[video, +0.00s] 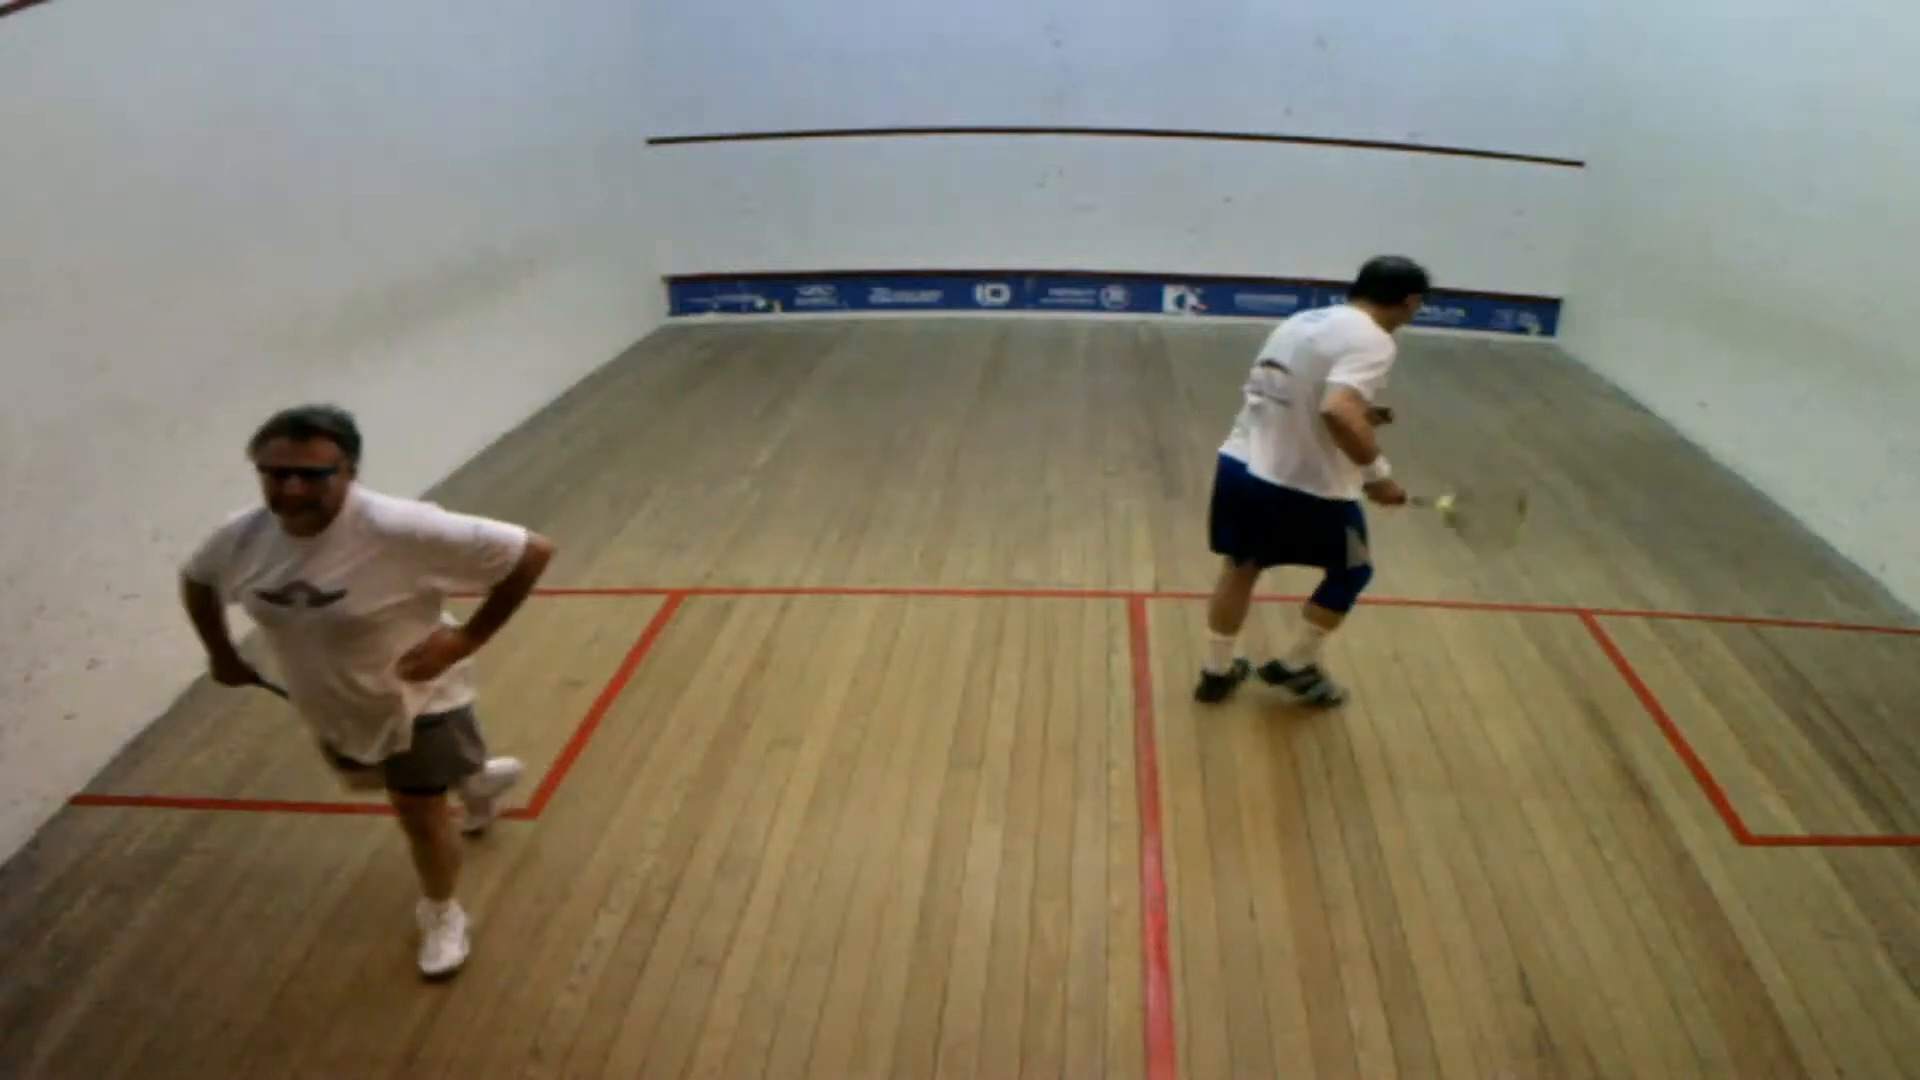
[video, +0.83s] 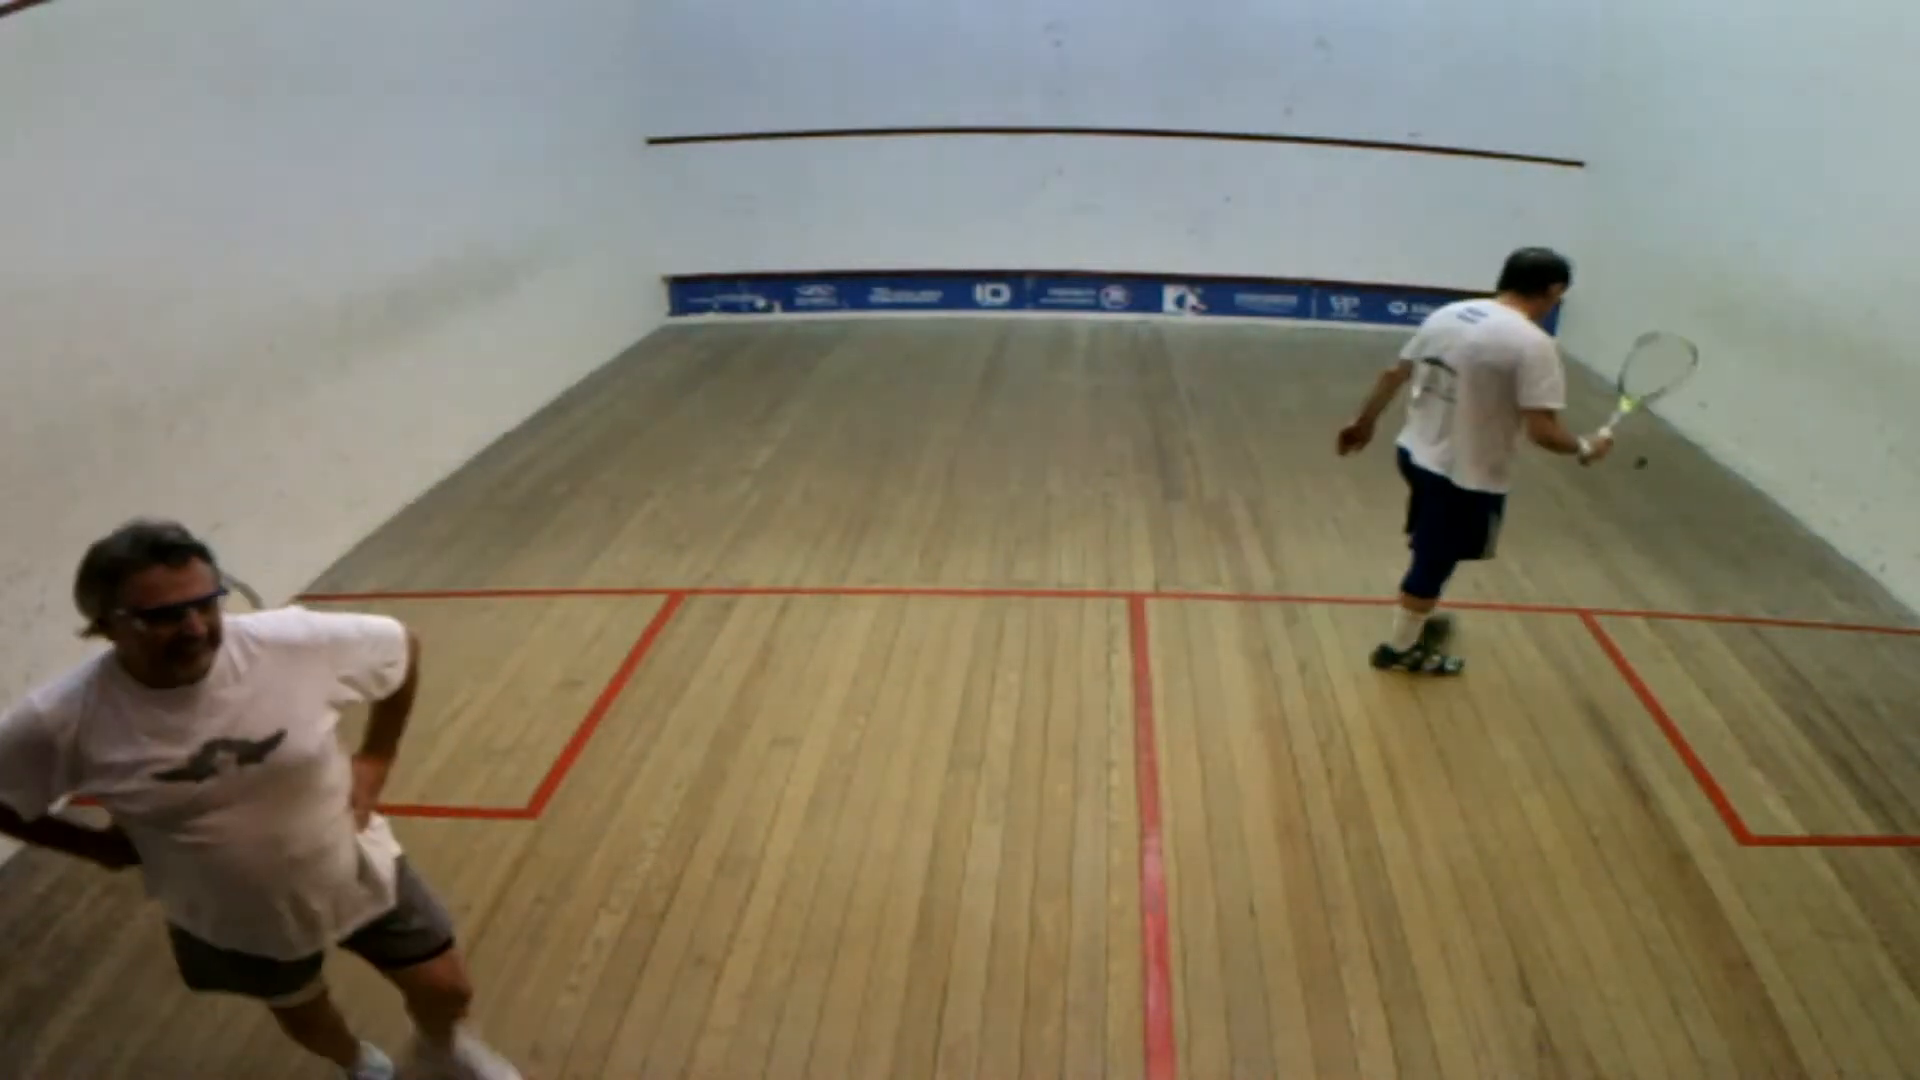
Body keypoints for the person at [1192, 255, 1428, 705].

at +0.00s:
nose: (1412, 318)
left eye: (1417, 309)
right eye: (1414, 308)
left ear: (1361, 289)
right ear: (1402, 301)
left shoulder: (1303, 320)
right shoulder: (1373, 341)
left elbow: (1282, 394)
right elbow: (1338, 411)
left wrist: (1357, 414)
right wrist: (1378, 476)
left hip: (1242, 470)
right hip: (1310, 489)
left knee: (1241, 563)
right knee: (1351, 569)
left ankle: (1216, 668)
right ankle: (1298, 663)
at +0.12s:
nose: (1420, 307)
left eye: (1423, 299)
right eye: (1421, 298)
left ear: (1368, 283)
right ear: (1406, 294)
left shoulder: (1312, 318)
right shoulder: (1373, 340)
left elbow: (1309, 405)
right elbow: (1348, 412)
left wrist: (1386, 436)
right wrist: (1403, 452)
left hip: (1260, 469)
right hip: (1330, 485)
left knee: (1244, 568)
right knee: (1361, 561)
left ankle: (1217, 669)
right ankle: (1361, 654)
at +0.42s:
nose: (1481, 306)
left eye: (1485, 297)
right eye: (1483, 297)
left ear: (1433, 281)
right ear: (1470, 293)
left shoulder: (1377, 315)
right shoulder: (1441, 346)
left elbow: (1385, 394)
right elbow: (1427, 432)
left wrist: (1459, 421)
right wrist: (1471, 470)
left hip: (1329, 464)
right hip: (1393, 485)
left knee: (1298, 560)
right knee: (1398, 571)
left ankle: (1236, 644)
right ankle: (1397, 646)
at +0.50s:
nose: (1504, 307)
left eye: (1508, 298)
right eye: (1506, 297)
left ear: (1458, 280)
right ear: (1492, 292)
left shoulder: (1397, 314)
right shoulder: (1466, 345)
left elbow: (1380, 392)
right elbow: (1453, 431)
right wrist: (1488, 473)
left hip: (1357, 461)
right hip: (1416, 482)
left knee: (1335, 546)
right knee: (1410, 567)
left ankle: (1268, 623)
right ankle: (1401, 645)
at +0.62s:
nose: (1528, 310)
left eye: (1533, 301)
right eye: (1531, 300)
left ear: (1482, 281)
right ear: (1518, 293)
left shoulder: (1423, 314)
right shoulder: (1496, 343)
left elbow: (1401, 389)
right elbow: (1487, 429)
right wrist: (1526, 459)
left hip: (1383, 457)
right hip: (1438, 481)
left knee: (1388, 535)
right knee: (1421, 563)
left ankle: (1324, 605)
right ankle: (1400, 645)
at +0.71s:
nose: (1546, 305)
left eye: (1550, 297)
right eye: (1548, 296)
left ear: (1498, 281)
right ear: (1534, 292)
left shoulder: (1437, 315)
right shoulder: (1515, 344)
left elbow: (1393, 378)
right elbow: (1516, 430)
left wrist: (1366, 425)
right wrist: (1560, 444)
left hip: (1401, 455)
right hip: (1451, 479)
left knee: (1414, 534)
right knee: (1426, 563)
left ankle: (1374, 609)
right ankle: (1401, 644)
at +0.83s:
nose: (1558, 303)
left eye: (1560, 294)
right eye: (1559, 294)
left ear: (1508, 281)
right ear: (1546, 291)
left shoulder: (1450, 315)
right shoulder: (1533, 345)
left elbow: (1395, 373)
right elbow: (1542, 429)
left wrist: (1364, 422)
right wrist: (1584, 447)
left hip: (1416, 454)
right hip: (1466, 478)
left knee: (1427, 542)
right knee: (1431, 564)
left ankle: (1419, 617)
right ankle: (1401, 646)